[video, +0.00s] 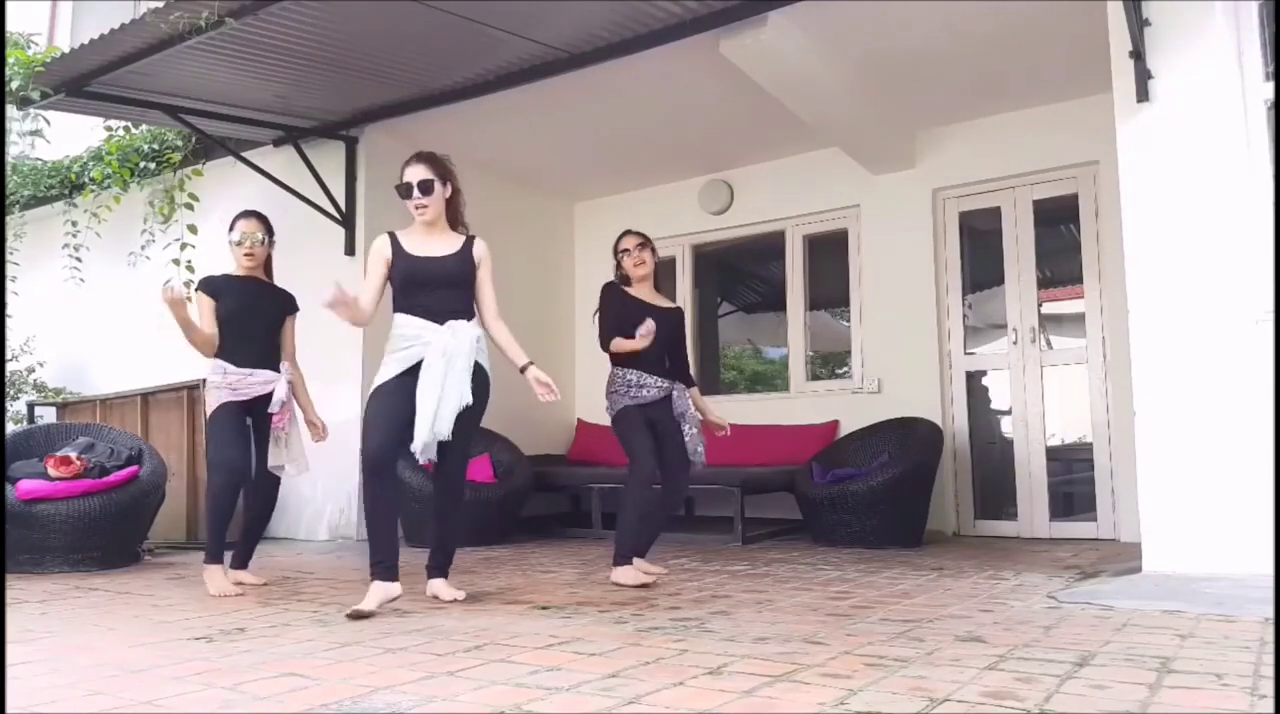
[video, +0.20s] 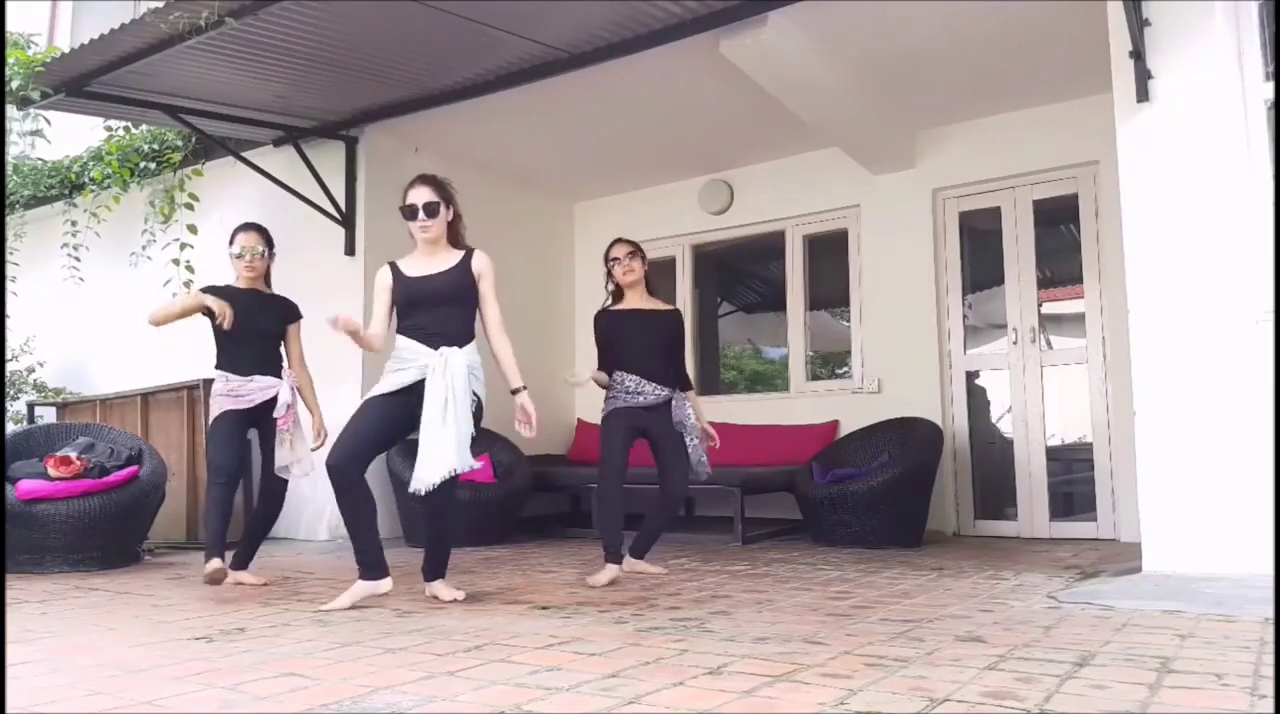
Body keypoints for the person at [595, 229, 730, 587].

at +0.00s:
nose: (635, 256)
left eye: (641, 248)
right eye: (626, 253)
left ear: (654, 255)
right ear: (620, 264)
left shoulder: (672, 310)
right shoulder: (615, 292)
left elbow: (681, 368)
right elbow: (608, 341)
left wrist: (706, 412)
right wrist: (638, 343)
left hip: (666, 399)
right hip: (628, 397)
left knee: (676, 478)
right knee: (643, 466)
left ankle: (636, 555)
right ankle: (621, 564)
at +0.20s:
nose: (625, 265)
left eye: (630, 257)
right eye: (616, 262)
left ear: (644, 262)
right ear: (610, 273)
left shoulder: (670, 314)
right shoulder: (605, 317)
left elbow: (679, 371)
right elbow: (606, 376)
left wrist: (700, 419)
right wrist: (593, 376)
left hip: (664, 409)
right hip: (620, 410)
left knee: (675, 491)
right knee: (609, 479)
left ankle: (635, 556)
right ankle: (612, 562)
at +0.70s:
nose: (627, 246)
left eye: (633, 237)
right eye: (619, 243)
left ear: (648, 240)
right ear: (616, 251)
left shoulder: (663, 295)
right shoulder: (612, 281)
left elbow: (665, 353)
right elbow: (567, 322)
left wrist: (681, 402)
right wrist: (573, 364)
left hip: (654, 389)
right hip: (616, 386)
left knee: (662, 473)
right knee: (619, 468)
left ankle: (646, 552)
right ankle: (595, 562)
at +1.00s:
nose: (638, 263)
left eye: (646, 257)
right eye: (631, 257)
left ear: (657, 265)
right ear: (623, 264)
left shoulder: (668, 312)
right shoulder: (610, 300)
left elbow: (685, 364)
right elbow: (598, 350)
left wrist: (716, 409)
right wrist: (614, 360)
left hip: (670, 398)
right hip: (631, 398)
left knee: (662, 479)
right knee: (601, 467)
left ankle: (659, 556)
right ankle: (595, 558)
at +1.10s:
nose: (640, 266)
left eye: (648, 261)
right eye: (633, 259)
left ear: (658, 269)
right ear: (624, 267)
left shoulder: (665, 311)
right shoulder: (616, 309)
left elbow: (689, 361)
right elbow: (605, 364)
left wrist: (723, 406)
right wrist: (602, 338)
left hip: (668, 398)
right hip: (632, 398)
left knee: (660, 481)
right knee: (589, 464)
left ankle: (660, 555)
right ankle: (601, 554)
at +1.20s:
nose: (641, 265)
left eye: (650, 259)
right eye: (634, 258)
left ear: (659, 267)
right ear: (624, 266)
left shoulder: (673, 307)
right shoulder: (622, 314)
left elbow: (692, 361)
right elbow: (619, 374)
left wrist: (716, 410)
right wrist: (581, 374)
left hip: (660, 398)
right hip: (622, 395)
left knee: (653, 480)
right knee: (586, 465)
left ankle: (658, 555)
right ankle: (614, 547)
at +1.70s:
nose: (682, 247)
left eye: (691, 241)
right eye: (676, 241)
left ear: (706, 247)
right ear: (670, 248)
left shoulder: (715, 287)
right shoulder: (676, 291)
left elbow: (721, 344)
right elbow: (669, 343)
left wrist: (732, 398)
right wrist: (648, 385)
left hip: (690, 387)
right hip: (651, 386)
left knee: (728, 467)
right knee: (627, 469)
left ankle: (783, 540)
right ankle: (616, 552)